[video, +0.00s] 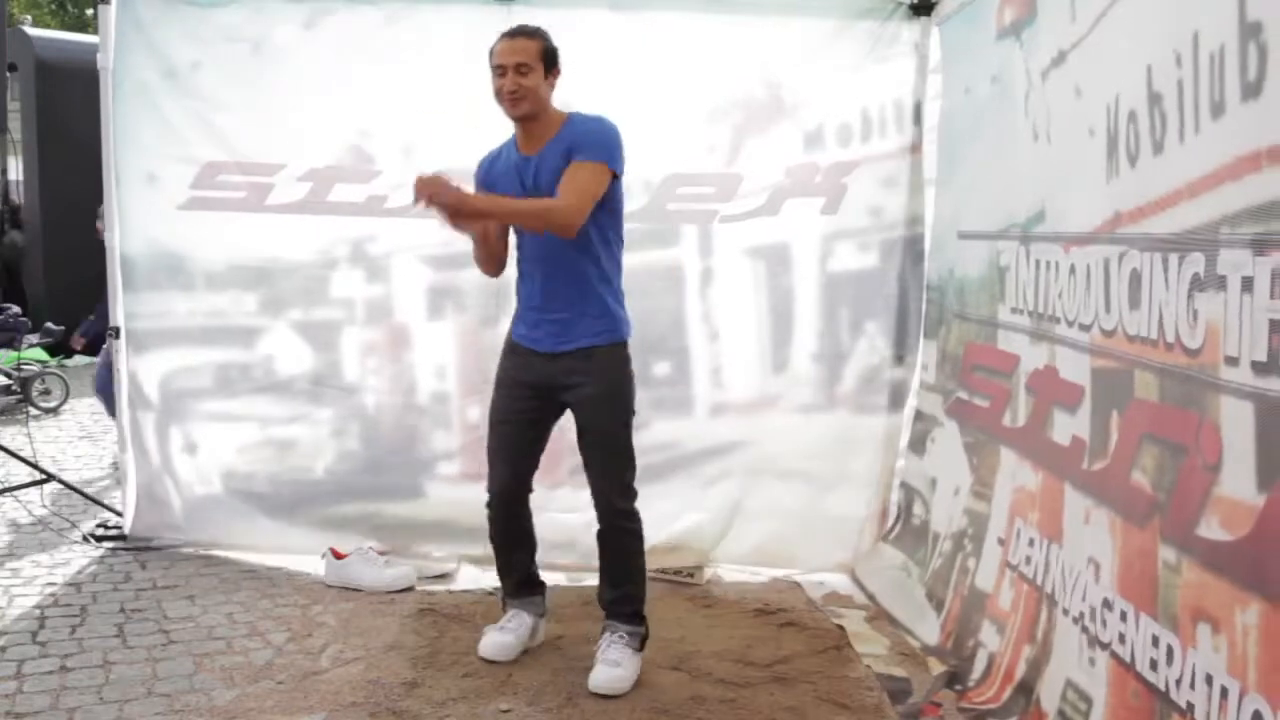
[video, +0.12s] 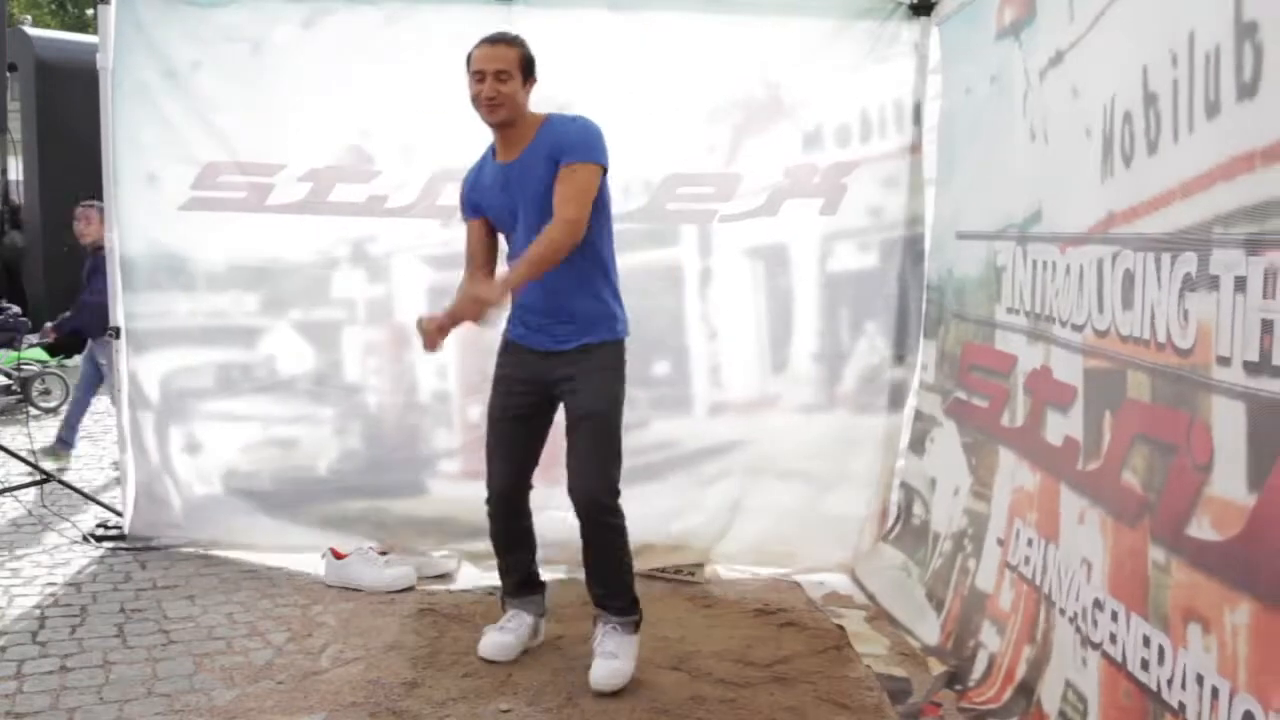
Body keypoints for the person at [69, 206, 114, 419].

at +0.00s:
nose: (99, 233)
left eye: (101, 228)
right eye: (98, 228)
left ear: (111, 227)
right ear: (103, 228)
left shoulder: (121, 256)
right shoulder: (116, 254)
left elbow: (111, 303)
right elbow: (109, 301)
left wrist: (86, 334)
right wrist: (85, 330)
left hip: (121, 335)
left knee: (104, 385)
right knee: (104, 384)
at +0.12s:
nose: (81, 227)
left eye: (88, 220)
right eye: (77, 221)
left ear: (104, 224)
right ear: (73, 226)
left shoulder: (106, 259)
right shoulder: (94, 259)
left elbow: (92, 304)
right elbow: (87, 305)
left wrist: (58, 327)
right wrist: (58, 327)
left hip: (111, 341)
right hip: (95, 340)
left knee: (123, 401)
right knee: (81, 396)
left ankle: (135, 454)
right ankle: (62, 446)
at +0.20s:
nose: (65, 231)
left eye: (71, 224)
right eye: (60, 225)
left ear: (88, 228)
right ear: (56, 229)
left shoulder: (91, 261)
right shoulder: (78, 261)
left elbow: (84, 308)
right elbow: (79, 308)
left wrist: (53, 330)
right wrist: (52, 328)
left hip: (99, 345)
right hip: (80, 345)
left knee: (115, 405)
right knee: (64, 401)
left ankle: (140, 452)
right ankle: (45, 449)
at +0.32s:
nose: (39, 230)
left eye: (46, 224)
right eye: (36, 225)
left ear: (62, 228)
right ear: (32, 229)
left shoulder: (67, 262)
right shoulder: (53, 261)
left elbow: (65, 309)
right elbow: (54, 306)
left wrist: (54, 348)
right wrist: (48, 339)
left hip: (70, 339)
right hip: (53, 338)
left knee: (67, 397)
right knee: (37, 395)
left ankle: (114, 433)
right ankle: (39, 452)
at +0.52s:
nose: (5, 226)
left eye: (11, 220)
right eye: (2, 221)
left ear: (26, 224)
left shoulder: (35, 257)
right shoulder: (11, 259)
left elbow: (56, 298)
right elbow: (12, 298)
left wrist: (68, 338)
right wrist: (7, 331)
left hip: (35, 333)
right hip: (17, 332)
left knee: (5, 385)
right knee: (29, 390)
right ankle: (37, 448)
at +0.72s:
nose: (0, 226)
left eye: (1, 221)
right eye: (3, 221)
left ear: (4, 227)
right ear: (6, 227)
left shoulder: (8, 259)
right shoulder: (10, 258)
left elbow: (26, 303)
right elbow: (25, 303)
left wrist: (43, 344)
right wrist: (44, 344)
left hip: (5, 341)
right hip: (9, 340)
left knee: (8, 395)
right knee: (9, 396)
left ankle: (34, 450)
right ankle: (33, 451)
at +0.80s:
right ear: (5, 232)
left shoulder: (4, 264)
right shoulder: (5, 263)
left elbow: (11, 310)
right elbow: (11, 310)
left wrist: (18, 352)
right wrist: (18, 351)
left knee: (1, 409)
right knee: (2, 409)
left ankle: (25, 444)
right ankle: (23, 444)